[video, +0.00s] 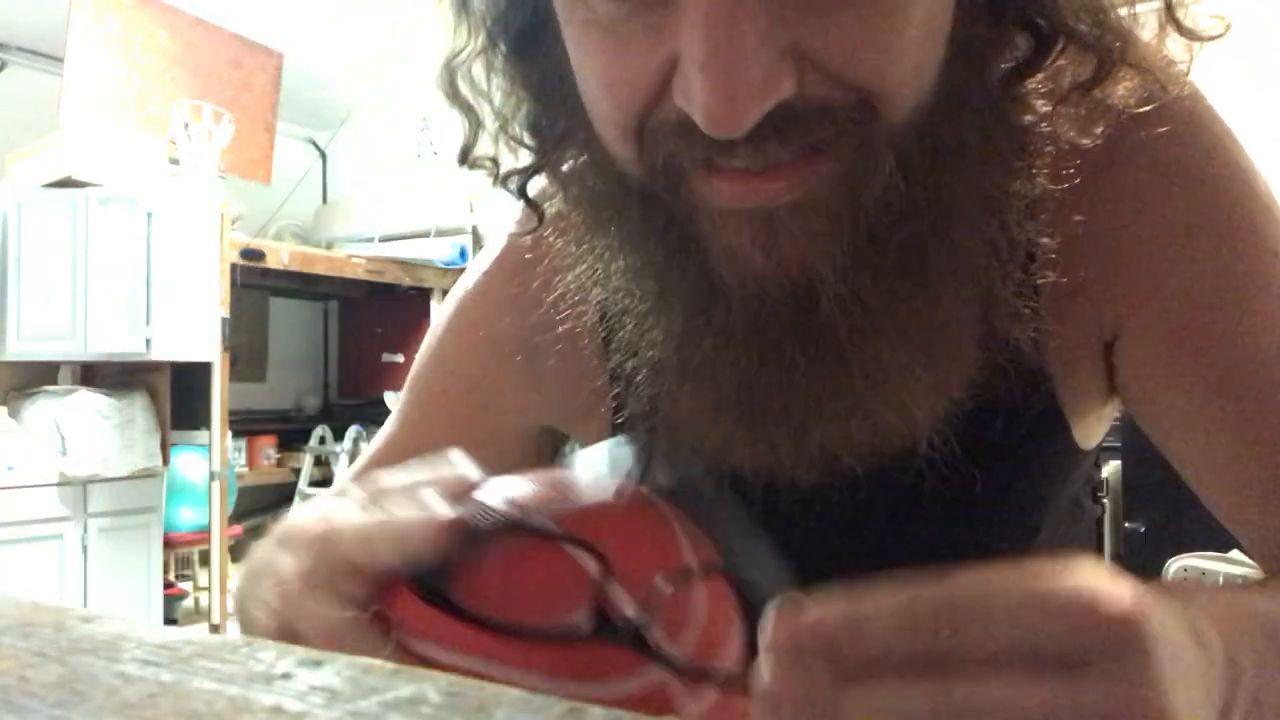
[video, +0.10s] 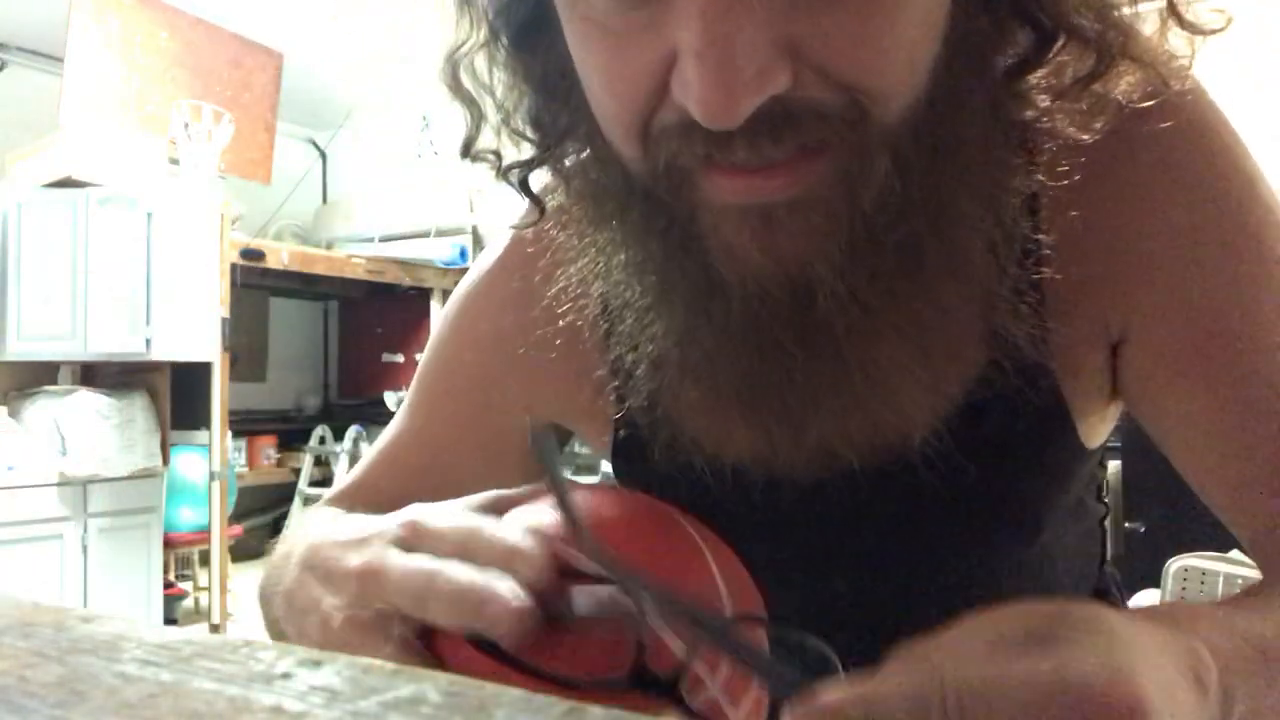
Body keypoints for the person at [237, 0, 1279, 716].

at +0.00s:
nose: (728, 97)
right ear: (542, 15)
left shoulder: (1109, 151)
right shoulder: (571, 248)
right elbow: (375, 529)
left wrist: (1221, 659)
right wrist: (293, 575)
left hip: (1034, 688)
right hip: (717, 688)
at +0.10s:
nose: (722, 94)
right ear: (545, 17)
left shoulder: (1117, 157)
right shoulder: (567, 266)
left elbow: (1275, 563)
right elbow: (325, 563)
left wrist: (1195, 661)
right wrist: (326, 576)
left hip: (1037, 686)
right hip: (724, 685)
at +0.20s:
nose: (712, 91)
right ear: (545, 22)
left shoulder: (1120, 155)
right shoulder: (563, 270)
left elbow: (1274, 558)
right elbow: (332, 547)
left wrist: (1215, 663)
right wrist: (334, 576)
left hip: (1042, 688)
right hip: (724, 689)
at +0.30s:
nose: (705, 90)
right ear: (542, 20)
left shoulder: (1123, 150)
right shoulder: (568, 264)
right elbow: (337, 541)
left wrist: (1218, 663)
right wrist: (316, 565)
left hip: (1044, 686)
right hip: (722, 680)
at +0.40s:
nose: (703, 91)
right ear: (538, 18)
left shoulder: (1123, 144)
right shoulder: (572, 255)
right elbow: (397, 532)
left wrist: (1253, 668)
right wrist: (304, 563)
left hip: (1048, 692)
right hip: (723, 688)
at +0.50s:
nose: (711, 92)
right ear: (534, 15)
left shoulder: (1134, 141)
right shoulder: (564, 265)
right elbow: (423, 511)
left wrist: (1254, 675)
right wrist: (341, 564)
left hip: (1047, 688)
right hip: (732, 693)